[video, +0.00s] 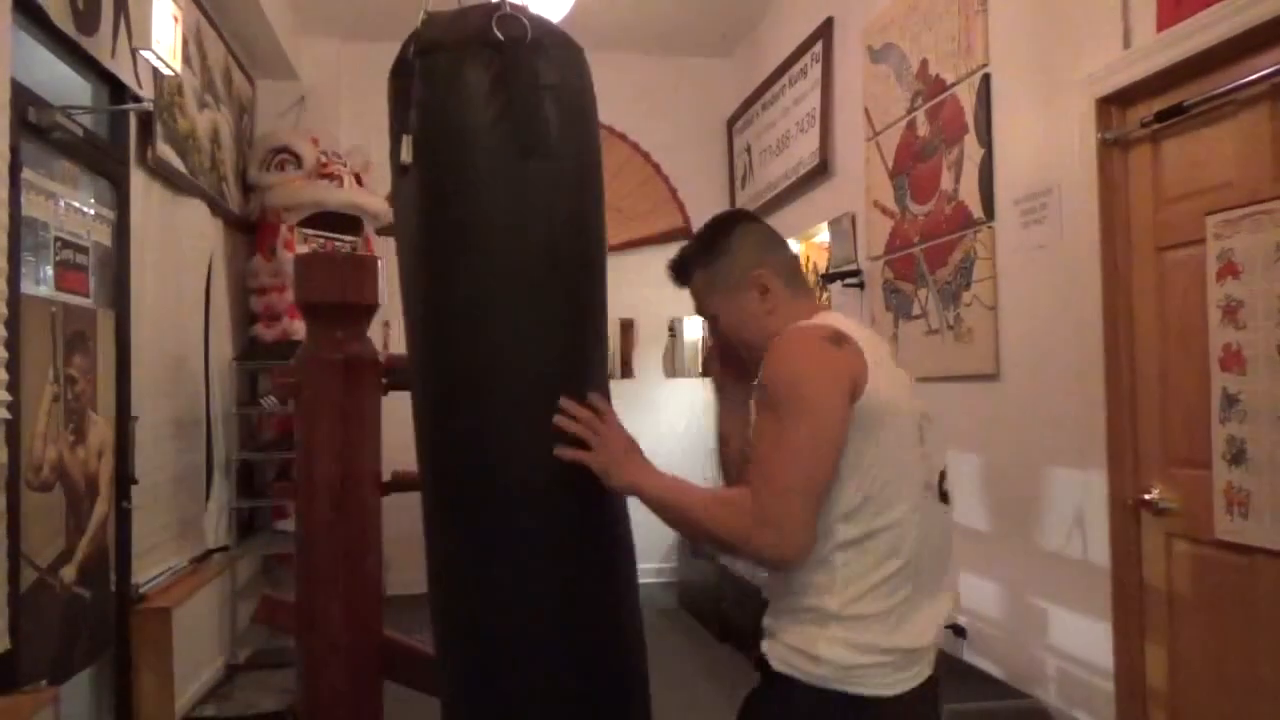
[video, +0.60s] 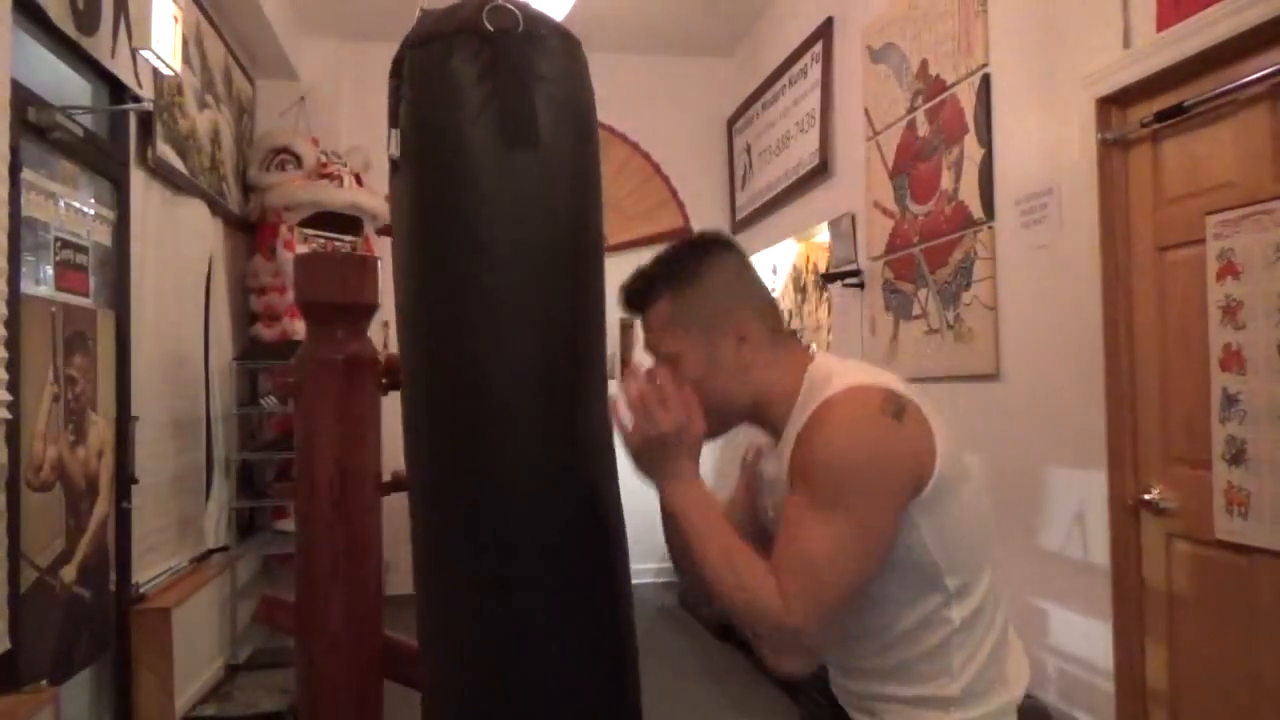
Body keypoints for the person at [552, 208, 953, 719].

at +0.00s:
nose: (714, 336)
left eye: (711, 317)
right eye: (706, 321)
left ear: (762, 290)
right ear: (766, 290)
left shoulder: (806, 349)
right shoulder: (853, 343)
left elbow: (778, 534)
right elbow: (750, 504)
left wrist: (639, 475)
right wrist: (733, 389)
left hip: (836, 686)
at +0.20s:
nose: (741, 333)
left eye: (739, 313)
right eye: (733, 318)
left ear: (788, 289)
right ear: (794, 286)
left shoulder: (828, 350)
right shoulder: (888, 343)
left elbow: (795, 534)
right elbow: (777, 504)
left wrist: (661, 450)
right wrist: (760, 390)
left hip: (872, 694)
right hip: (939, 684)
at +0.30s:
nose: (730, 321)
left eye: (735, 298)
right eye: (726, 301)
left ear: (797, 277)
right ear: (802, 279)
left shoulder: (855, 347)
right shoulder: (871, 334)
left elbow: (785, 533)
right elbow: (769, 506)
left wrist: (693, 395)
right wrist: (738, 372)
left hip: (890, 685)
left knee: (699, 586)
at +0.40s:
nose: (721, 317)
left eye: (726, 291)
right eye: (714, 296)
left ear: (794, 269)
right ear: (796, 270)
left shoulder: (878, 357)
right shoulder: (819, 368)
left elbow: (776, 536)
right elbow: (717, 502)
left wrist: (709, 372)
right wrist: (709, 372)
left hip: (902, 690)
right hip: (841, 658)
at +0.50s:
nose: (695, 335)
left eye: (702, 311)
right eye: (688, 315)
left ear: (773, 288)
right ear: (774, 291)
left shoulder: (878, 381)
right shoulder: (782, 397)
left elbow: (781, 569)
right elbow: (701, 541)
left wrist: (695, 402)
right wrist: (689, 401)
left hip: (921, 702)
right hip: (837, 671)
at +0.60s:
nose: (662, 383)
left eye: (669, 360)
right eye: (659, 363)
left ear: (736, 339)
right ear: (740, 338)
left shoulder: (860, 424)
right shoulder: (771, 433)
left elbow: (789, 639)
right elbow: (709, 598)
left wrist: (676, 473)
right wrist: (674, 471)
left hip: (945, 708)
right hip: (855, 693)